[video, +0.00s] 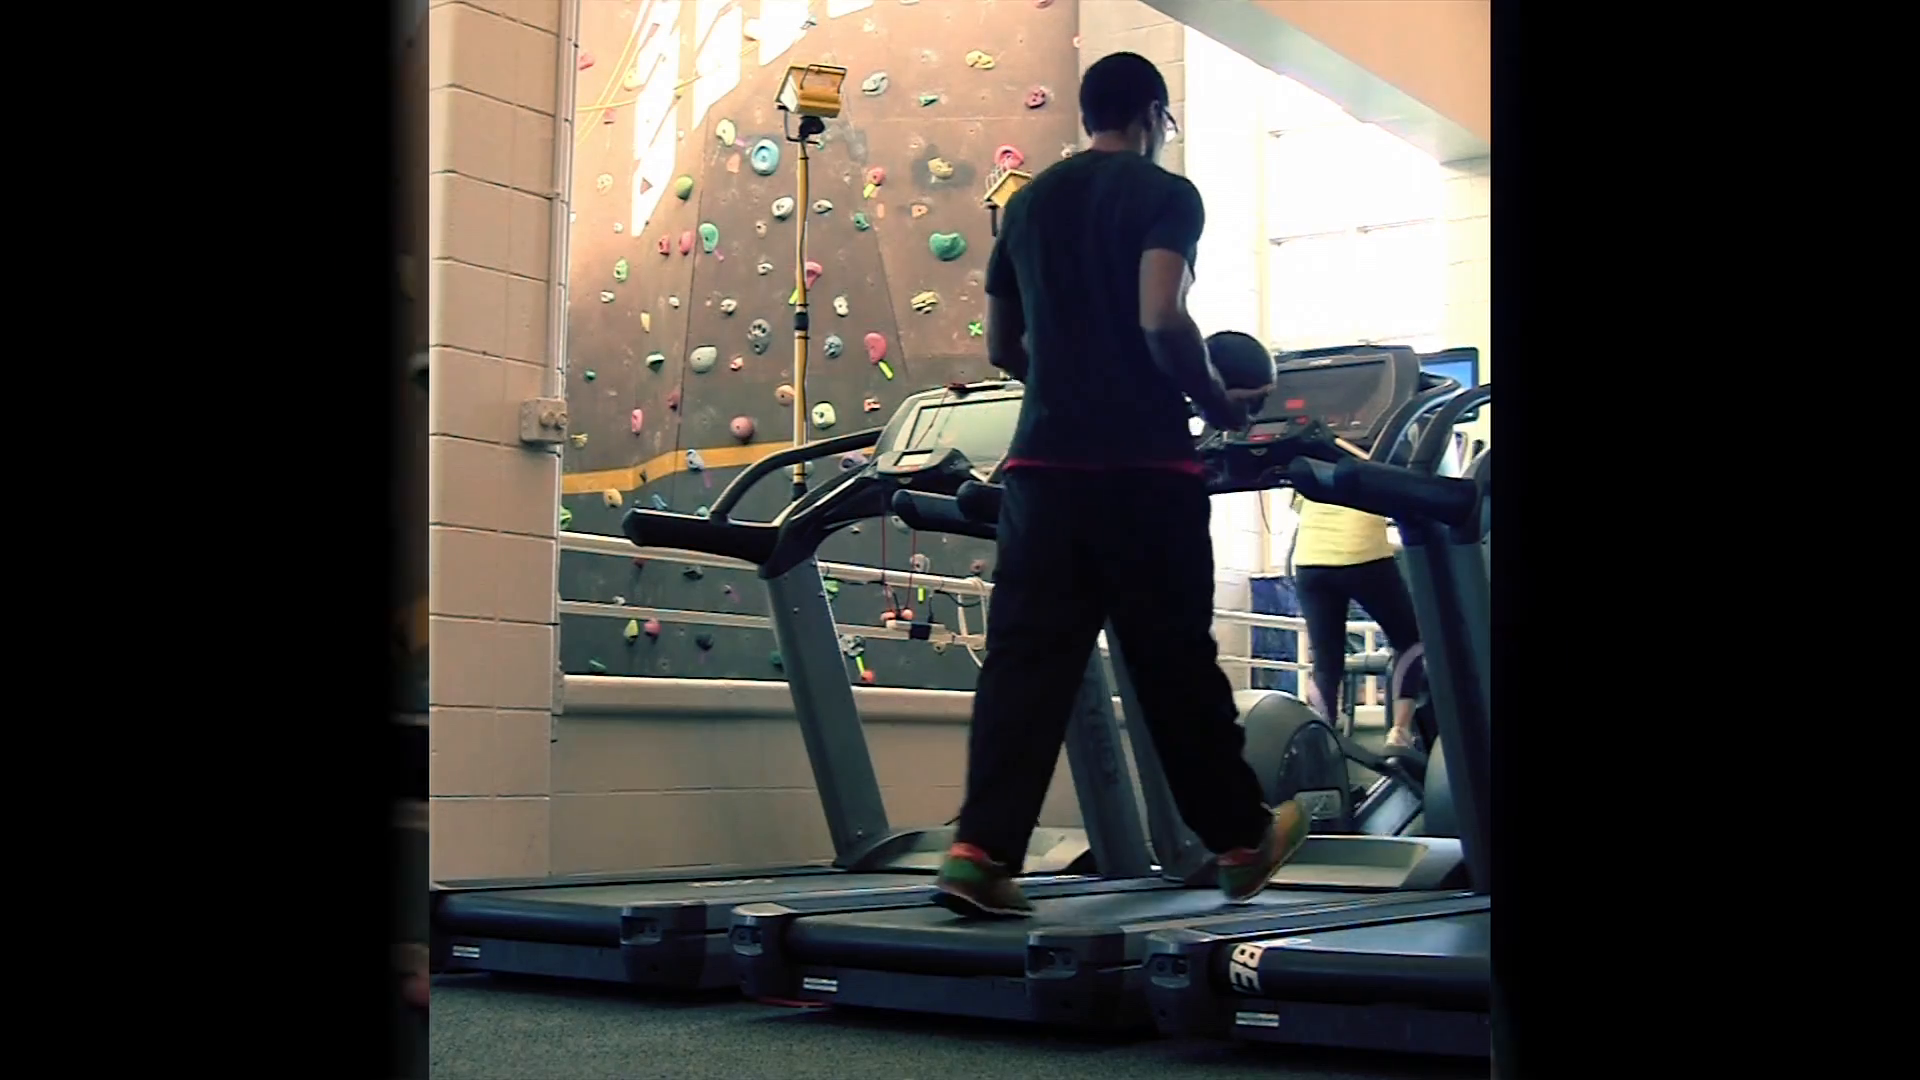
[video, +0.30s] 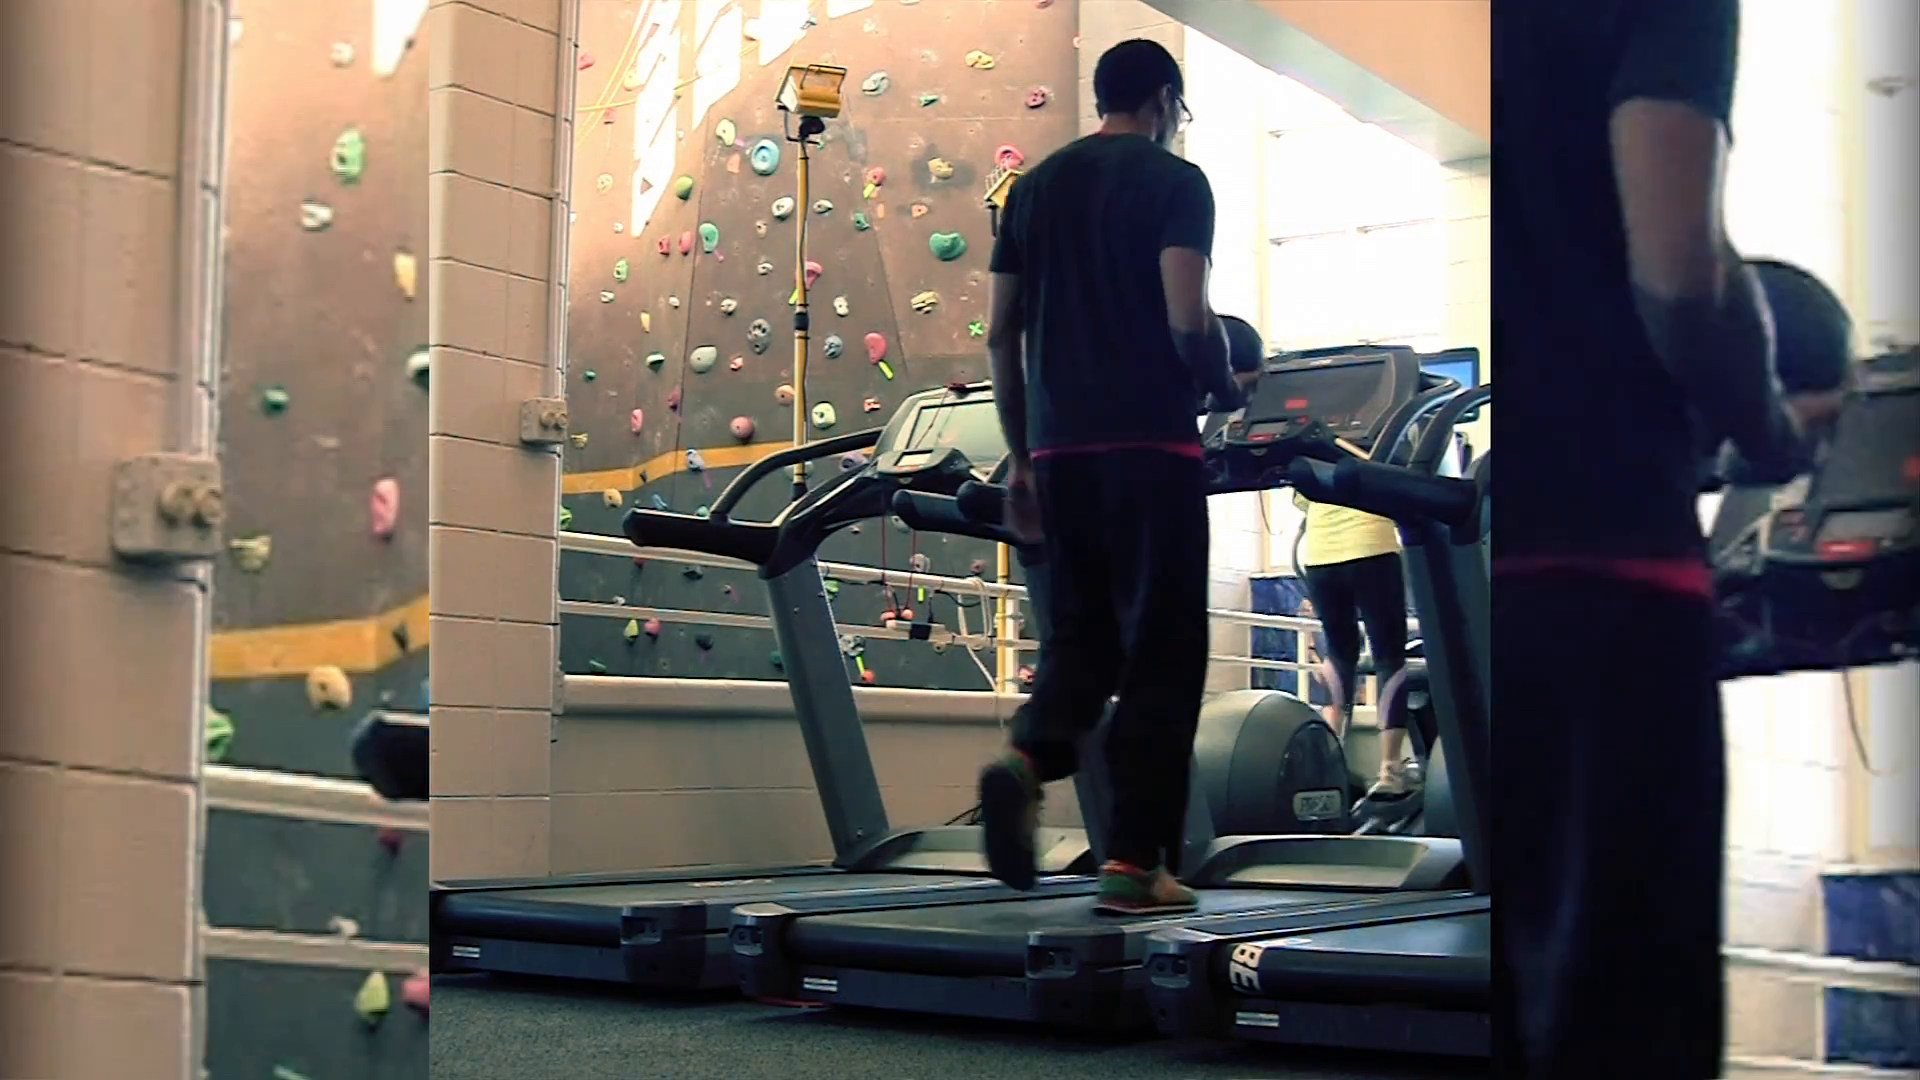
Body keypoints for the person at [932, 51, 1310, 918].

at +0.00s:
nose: (1169, 133)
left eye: (1164, 123)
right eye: (1168, 122)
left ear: (1085, 118)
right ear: (1154, 117)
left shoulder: (1023, 202)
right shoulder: (1166, 192)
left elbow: (1005, 347)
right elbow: (1160, 319)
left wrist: (1078, 382)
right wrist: (1218, 400)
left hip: (1043, 475)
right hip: (1146, 475)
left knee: (1022, 661)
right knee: (1175, 659)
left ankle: (980, 852)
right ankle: (1241, 841)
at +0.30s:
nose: (1180, 124)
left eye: (1179, 112)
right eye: (1179, 111)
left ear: (1096, 102)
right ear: (1163, 103)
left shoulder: (1030, 186)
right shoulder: (1174, 179)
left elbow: (1002, 337)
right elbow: (1188, 321)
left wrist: (1021, 452)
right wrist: (1222, 386)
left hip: (1057, 459)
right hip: (1150, 455)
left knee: (1081, 644)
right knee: (1166, 654)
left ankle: (1022, 762)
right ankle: (1131, 862)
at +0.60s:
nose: (1158, 150)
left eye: (1155, 138)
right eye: (1155, 137)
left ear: (1076, 132)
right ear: (1133, 125)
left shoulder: (1018, 212)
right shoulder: (1155, 195)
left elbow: (963, 337)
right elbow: (1213, 326)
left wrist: (936, 470)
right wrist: (1280, 380)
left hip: (1046, 467)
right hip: (1127, 459)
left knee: (1099, 658)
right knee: (1077, 656)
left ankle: (1126, 852)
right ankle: (994, 846)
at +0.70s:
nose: (1160, 150)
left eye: (1162, 138)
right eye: (1157, 135)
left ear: (1084, 127)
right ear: (1121, 119)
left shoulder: (1020, 207)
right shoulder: (1146, 180)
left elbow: (945, 332)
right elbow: (1222, 283)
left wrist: (950, 463)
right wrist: (1306, 323)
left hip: (1038, 463)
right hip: (1121, 457)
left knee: (1079, 658)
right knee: (1115, 648)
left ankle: (1092, 857)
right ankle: (997, 777)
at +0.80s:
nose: (1176, 139)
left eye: (1178, 127)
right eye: (1170, 123)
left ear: (1102, 114)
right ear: (1128, 106)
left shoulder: (1025, 197)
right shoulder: (1142, 158)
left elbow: (945, 302)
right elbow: (1187, 230)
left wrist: (968, 414)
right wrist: (1293, 302)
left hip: (1031, 447)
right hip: (1121, 438)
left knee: (1037, 641)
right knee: (1157, 625)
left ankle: (1042, 856)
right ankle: (1046, 776)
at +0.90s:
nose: (1204, 138)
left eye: (1206, 124)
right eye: (1196, 120)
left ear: (1127, 116)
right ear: (1148, 110)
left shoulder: (1045, 198)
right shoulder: (1155, 162)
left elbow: (958, 278)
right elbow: (1130, 219)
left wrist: (974, 370)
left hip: (1035, 456)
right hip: (1131, 451)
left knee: (1018, 648)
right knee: (1185, 627)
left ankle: (985, 856)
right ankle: (1128, 825)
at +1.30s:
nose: (1192, 64)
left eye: (1204, 51)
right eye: (1176, 49)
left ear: (1216, 62)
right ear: (1142, 55)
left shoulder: (1193, 157)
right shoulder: (1104, 134)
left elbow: (1163, 239)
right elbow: (991, 215)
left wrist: (1224, 263)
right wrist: (1021, 332)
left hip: (1169, 401)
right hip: (1096, 405)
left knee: (1267, 539)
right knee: (1108, 620)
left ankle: (1095, 582)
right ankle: (1059, 843)